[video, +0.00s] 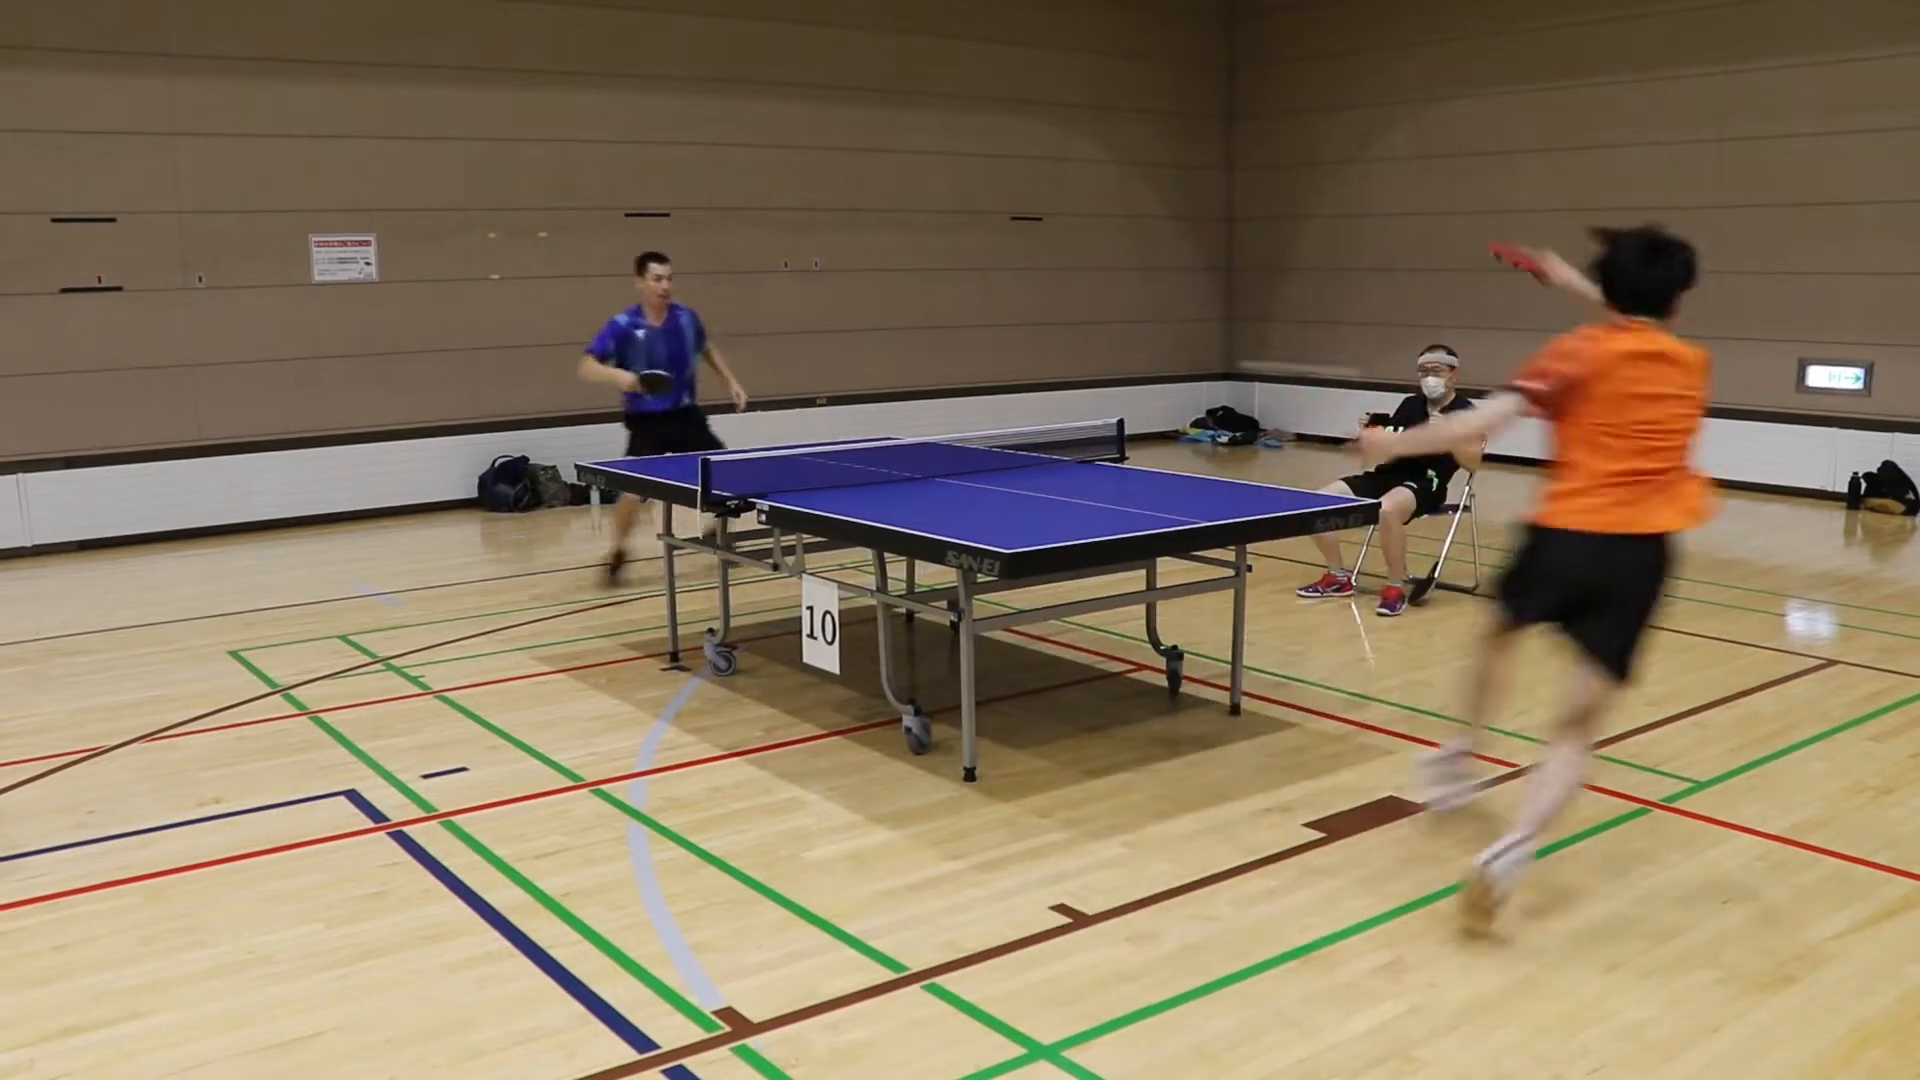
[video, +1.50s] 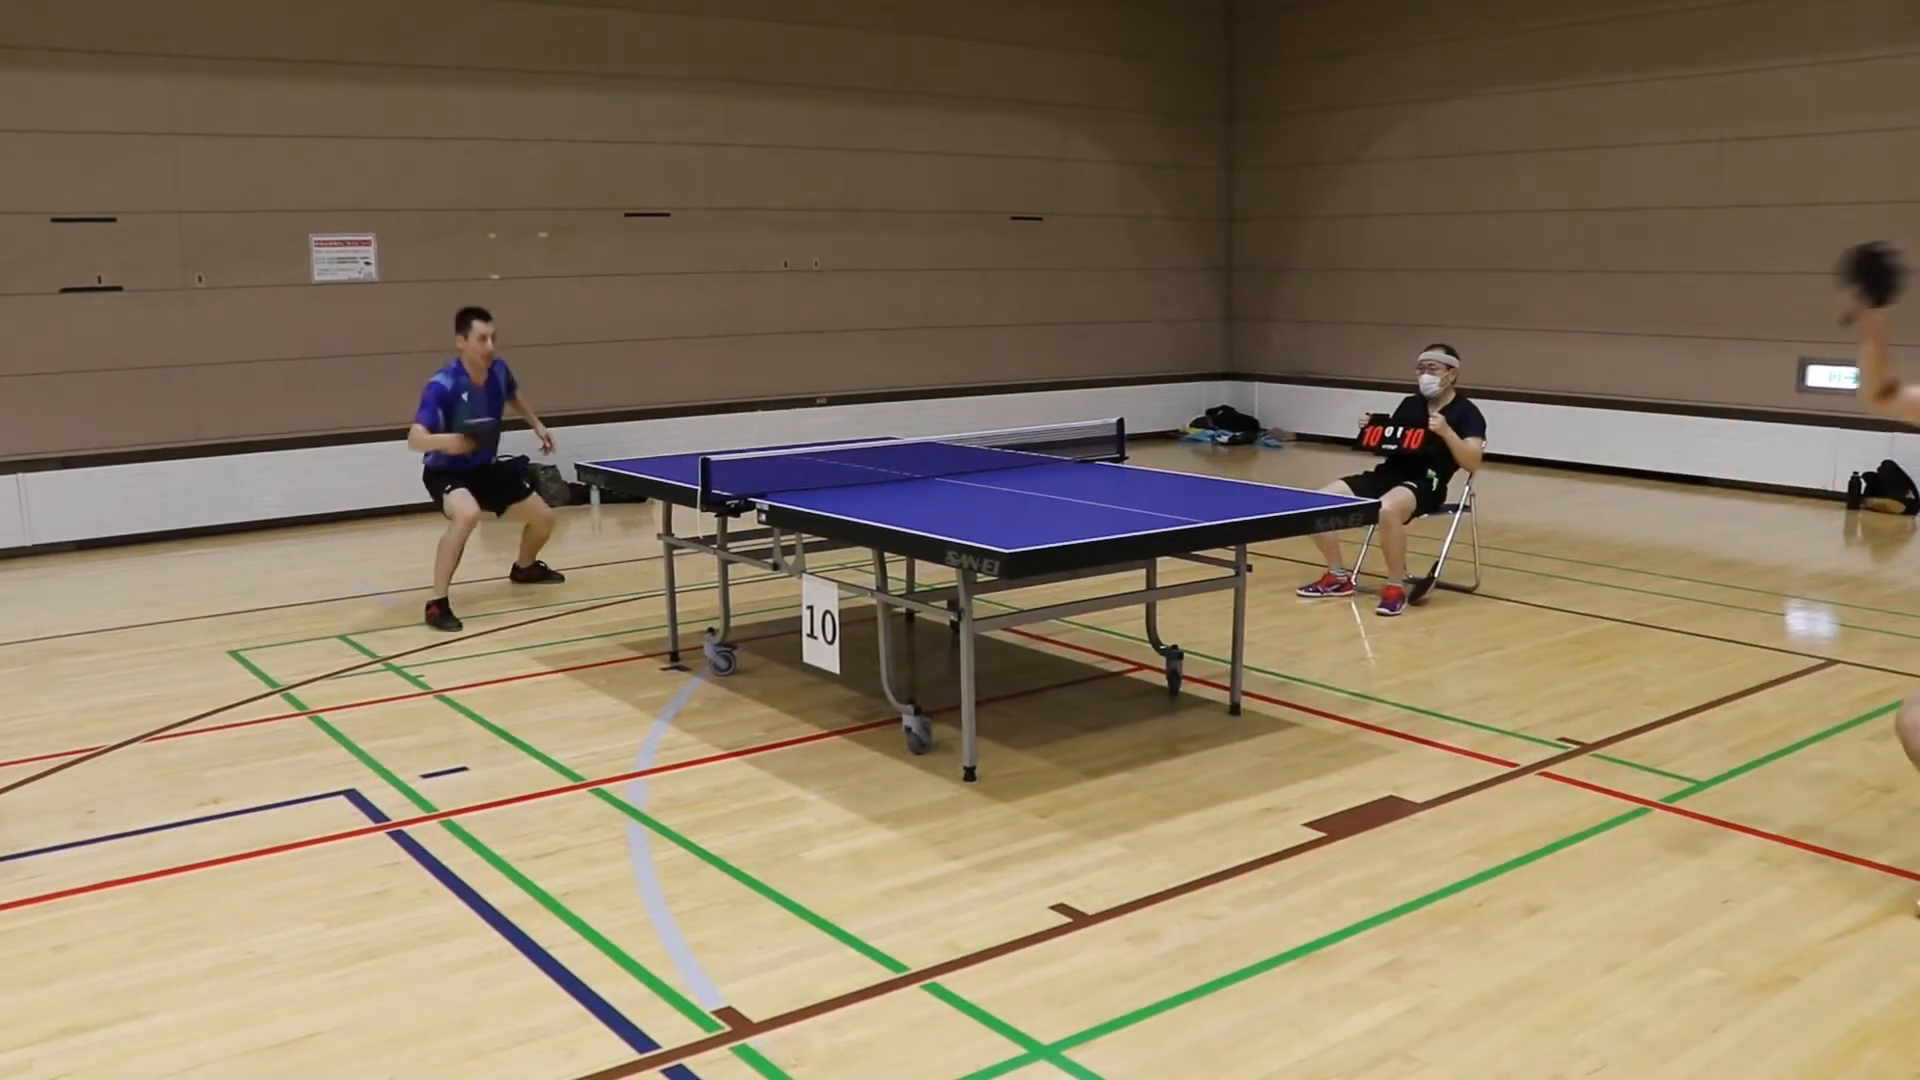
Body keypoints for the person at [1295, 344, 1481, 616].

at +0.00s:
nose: (1429, 376)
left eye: (1437, 370)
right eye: (1424, 370)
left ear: (1454, 376)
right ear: (1418, 375)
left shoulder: (1466, 412)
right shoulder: (1410, 404)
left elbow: (1473, 462)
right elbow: (1389, 443)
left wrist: (1450, 436)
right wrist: (1374, 434)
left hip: (1427, 482)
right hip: (1390, 475)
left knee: (1389, 509)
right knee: (1320, 502)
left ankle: (1395, 587)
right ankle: (1338, 575)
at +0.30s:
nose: (1420, 377)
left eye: (1426, 371)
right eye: (1417, 371)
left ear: (1447, 376)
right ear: (1413, 373)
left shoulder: (1466, 413)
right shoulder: (1411, 404)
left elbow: (1472, 463)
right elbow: (1393, 441)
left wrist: (1447, 433)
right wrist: (1373, 426)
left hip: (1427, 481)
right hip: (1391, 473)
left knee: (1389, 509)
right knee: (1319, 502)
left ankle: (1395, 587)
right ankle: (1337, 576)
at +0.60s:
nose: (1421, 376)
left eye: (1428, 370)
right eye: (1418, 370)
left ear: (1448, 376)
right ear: (1414, 373)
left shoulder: (1466, 413)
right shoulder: (1411, 404)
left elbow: (1472, 463)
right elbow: (1394, 439)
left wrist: (1447, 433)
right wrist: (1373, 426)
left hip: (1427, 481)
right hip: (1391, 473)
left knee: (1389, 509)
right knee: (1319, 502)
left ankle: (1395, 587)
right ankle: (1337, 576)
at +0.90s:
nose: (1433, 375)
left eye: (1441, 369)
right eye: (1427, 369)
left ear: (1455, 375)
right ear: (1419, 375)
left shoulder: (1467, 413)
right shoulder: (1411, 404)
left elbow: (1472, 463)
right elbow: (1396, 435)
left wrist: (1447, 433)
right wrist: (1374, 425)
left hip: (1427, 481)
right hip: (1391, 473)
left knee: (1389, 509)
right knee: (1318, 503)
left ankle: (1395, 588)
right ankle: (1337, 575)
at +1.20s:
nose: (1437, 376)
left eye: (1445, 370)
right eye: (1430, 370)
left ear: (1457, 376)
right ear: (1422, 375)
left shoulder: (1467, 414)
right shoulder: (1411, 405)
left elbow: (1472, 463)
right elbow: (1393, 439)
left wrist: (1447, 433)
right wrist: (1373, 427)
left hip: (1427, 482)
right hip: (1390, 474)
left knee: (1388, 510)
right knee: (1318, 503)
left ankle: (1395, 588)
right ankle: (1337, 576)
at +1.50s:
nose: (1425, 374)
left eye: (1433, 369)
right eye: (1421, 369)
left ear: (1452, 375)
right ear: (1416, 373)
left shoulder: (1467, 413)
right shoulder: (1411, 404)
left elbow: (1472, 462)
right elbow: (1394, 438)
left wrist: (1447, 433)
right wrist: (1373, 425)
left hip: (1426, 482)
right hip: (1390, 473)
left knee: (1388, 510)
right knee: (1319, 502)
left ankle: (1395, 587)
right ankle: (1337, 576)